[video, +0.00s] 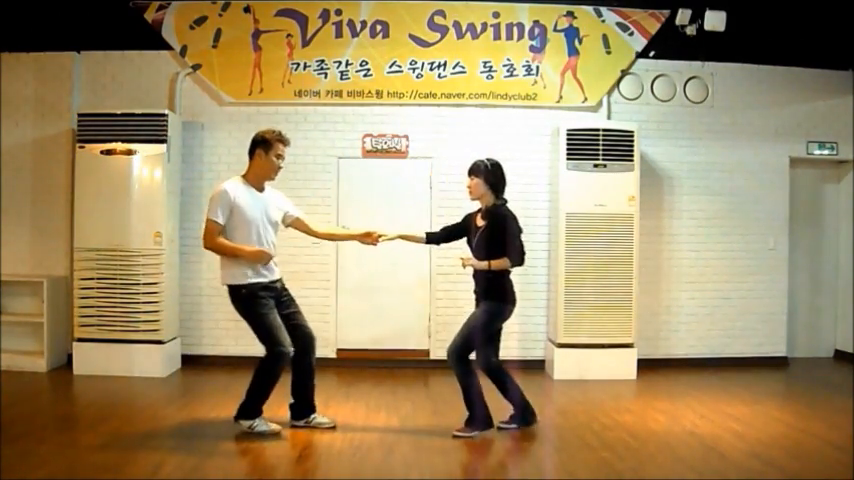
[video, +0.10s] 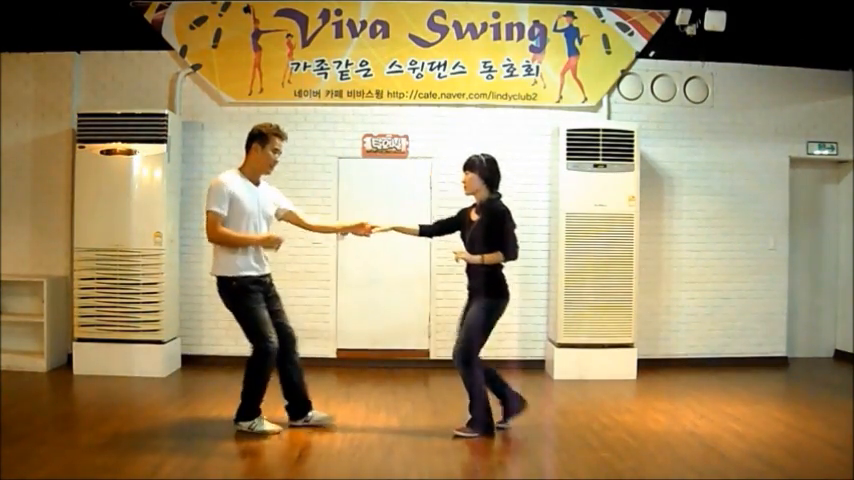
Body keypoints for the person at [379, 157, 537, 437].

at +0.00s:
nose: (468, 183)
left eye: (473, 178)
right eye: (469, 178)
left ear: (488, 182)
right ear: (479, 183)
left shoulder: (505, 217)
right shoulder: (473, 219)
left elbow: (516, 259)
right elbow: (437, 237)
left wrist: (480, 264)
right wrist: (397, 235)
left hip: (499, 301)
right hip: (485, 301)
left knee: (457, 353)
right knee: (488, 362)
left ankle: (479, 419)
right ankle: (524, 412)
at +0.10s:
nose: (463, 178)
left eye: (468, 173)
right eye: (464, 173)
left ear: (483, 177)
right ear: (474, 178)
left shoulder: (499, 212)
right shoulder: (467, 214)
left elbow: (509, 253)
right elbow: (431, 230)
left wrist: (473, 258)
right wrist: (391, 227)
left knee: (464, 355)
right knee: (464, 356)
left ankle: (480, 422)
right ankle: (511, 399)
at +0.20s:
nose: (454, 176)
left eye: (459, 170)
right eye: (455, 170)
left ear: (473, 174)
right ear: (466, 175)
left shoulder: (487, 209)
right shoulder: (459, 211)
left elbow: (496, 250)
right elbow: (422, 227)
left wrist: (461, 254)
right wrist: (383, 222)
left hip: (482, 294)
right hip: (465, 293)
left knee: (463, 357)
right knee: (441, 347)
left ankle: (482, 423)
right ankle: (482, 396)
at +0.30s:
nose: (440, 178)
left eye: (445, 173)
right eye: (441, 172)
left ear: (458, 177)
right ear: (454, 177)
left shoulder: (471, 213)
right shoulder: (446, 213)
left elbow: (474, 254)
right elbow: (410, 230)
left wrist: (439, 255)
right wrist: (371, 227)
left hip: (467, 297)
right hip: (451, 297)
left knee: (455, 361)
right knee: (419, 344)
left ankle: (482, 422)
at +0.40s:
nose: (422, 181)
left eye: (427, 176)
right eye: (424, 176)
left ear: (441, 182)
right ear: (437, 182)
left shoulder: (448, 216)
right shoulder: (429, 217)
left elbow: (448, 260)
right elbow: (396, 236)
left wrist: (415, 259)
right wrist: (357, 235)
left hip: (445, 302)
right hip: (432, 301)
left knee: (444, 364)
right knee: (401, 350)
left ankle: (481, 421)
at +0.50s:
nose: (402, 180)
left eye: (407, 175)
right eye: (404, 175)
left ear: (420, 180)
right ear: (416, 180)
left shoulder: (425, 214)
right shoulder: (413, 213)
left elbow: (418, 258)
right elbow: (382, 238)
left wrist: (387, 255)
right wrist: (344, 238)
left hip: (418, 298)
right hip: (405, 298)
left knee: (413, 362)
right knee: (378, 350)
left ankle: (467, 407)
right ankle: (373, 416)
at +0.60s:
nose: (381, 174)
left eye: (386, 169)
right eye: (383, 169)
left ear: (398, 175)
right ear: (397, 176)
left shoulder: (403, 208)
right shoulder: (395, 206)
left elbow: (391, 252)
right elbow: (367, 238)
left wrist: (357, 246)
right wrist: (335, 237)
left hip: (393, 292)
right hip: (385, 291)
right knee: (367, 353)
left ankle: (424, 397)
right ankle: (373, 416)